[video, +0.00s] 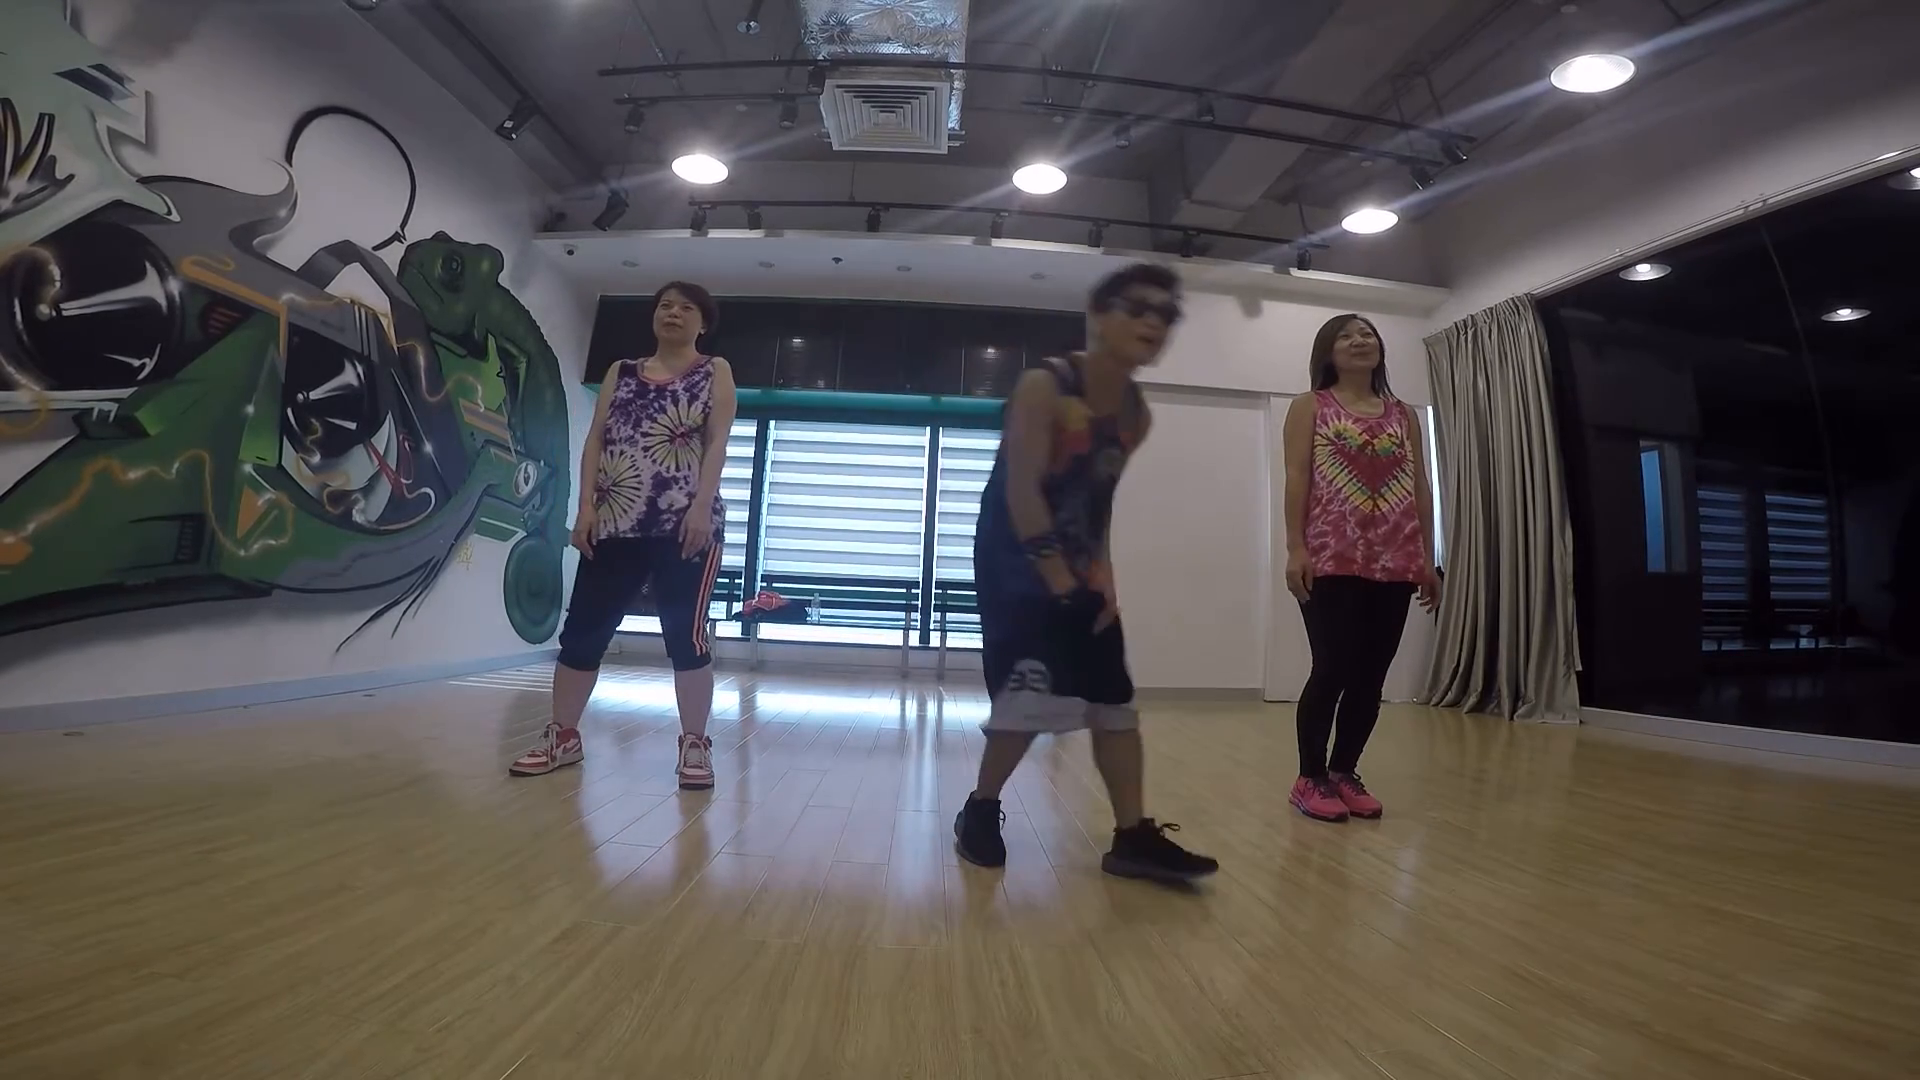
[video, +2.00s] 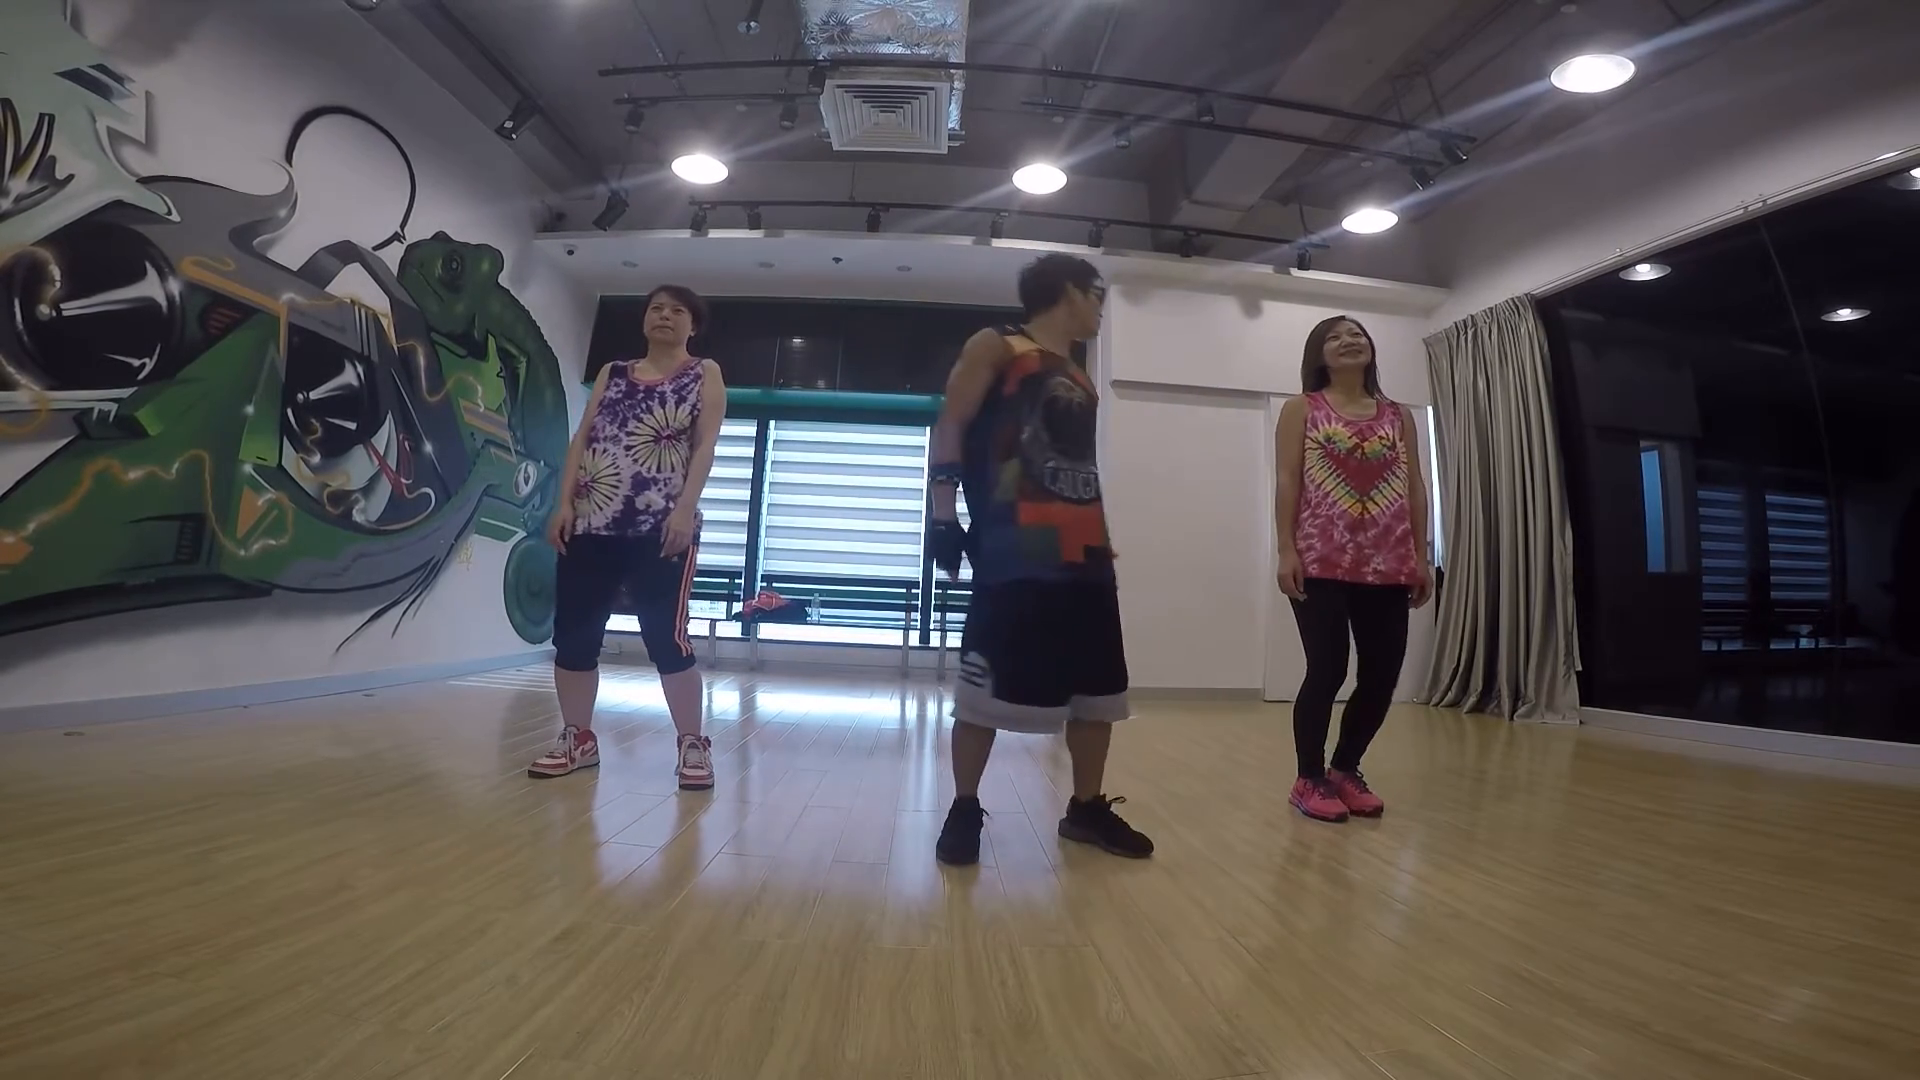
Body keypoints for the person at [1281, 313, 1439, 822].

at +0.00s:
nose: (1358, 340)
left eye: (1367, 334)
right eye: (1345, 336)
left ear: (1381, 351)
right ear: (1327, 354)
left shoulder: (1402, 414)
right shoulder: (1310, 407)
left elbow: (1419, 491)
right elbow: (1297, 479)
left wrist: (1427, 560)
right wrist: (1296, 548)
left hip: (1394, 565)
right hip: (1330, 563)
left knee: (1369, 680)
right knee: (1330, 672)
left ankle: (1344, 774)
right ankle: (1311, 779)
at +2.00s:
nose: (1348, 340)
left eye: (1357, 334)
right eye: (1334, 337)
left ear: (1372, 351)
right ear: (1318, 357)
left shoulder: (1397, 414)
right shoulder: (1302, 409)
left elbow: (1415, 488)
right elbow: (1288, 482)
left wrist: (1421, 557)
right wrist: (1287, 549)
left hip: (1386, 566)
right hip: (1320, 564)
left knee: (1380, 677)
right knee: (1328, 671)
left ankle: (1345, 770)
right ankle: (1309, 780)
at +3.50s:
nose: (1394, 354)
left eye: (1402, 348)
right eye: (1382, 349)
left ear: (1415, 362)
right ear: (1364, 364)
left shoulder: (1435, 424)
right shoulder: (1343, 417)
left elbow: (1450, 495)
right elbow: (1330, 489)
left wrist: (1456, 559)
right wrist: (1329, 557)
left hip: (1422, 569)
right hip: (1359, 566)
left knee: (1404, 676)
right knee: (1356, 670)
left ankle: (1381, 771)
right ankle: (1316, 774)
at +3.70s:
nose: (1392, 351)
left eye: (1399, 345)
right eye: (1380, 346)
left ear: (1412, 360)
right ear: (1361, 361)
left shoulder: (1432, 423)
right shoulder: (1338, 414)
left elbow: (1445, 492)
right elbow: (1324, 485)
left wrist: (1449, 560)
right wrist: (1320, 551)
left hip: (1415, 565)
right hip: (1350, 561)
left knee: (1399, 674)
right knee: (1342, 670)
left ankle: (1380, 771)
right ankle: (1315, 776)